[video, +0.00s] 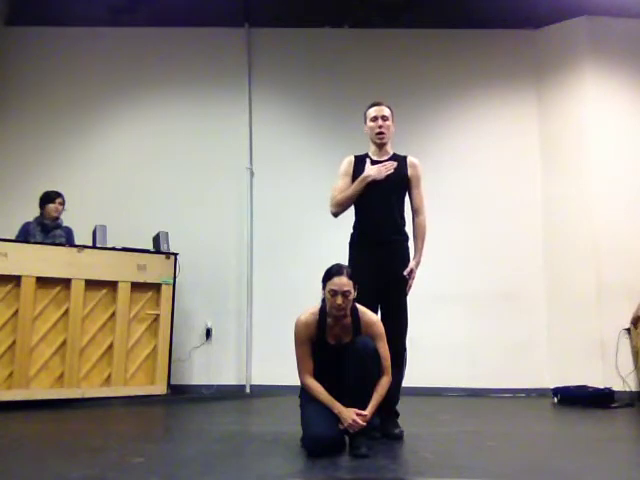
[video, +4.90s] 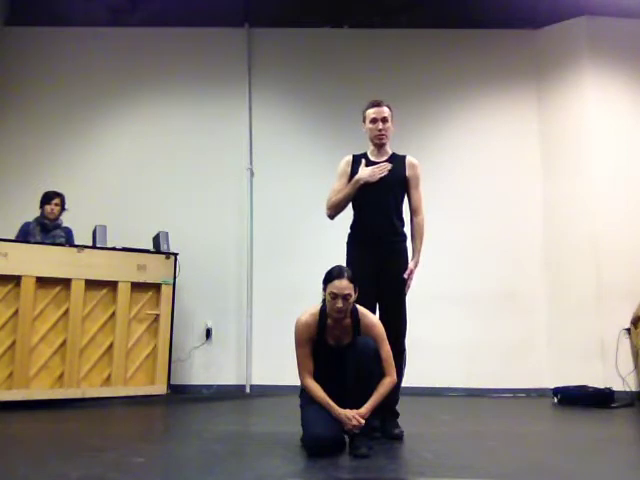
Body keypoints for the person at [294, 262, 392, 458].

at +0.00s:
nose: (339, 302)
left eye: (346, 295)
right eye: (333, 294)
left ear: (354, 294)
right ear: (323, 292)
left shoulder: (371, 323)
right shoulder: (306, 324)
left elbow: (386, 375)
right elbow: (306, 378)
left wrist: (366, 413)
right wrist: (341, 411)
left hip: (355, 392)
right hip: (320, 393)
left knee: (365, 347)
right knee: (321, 445)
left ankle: (359, 432)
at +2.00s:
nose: (340, 303)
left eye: (346, 296)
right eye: (334, 296)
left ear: (355, 295)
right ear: (324, 293)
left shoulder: (370, 323)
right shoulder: (307, 324)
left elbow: (393, 375)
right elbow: (306, 379)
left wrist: (368, 408)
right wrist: (338, 412)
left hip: (356, 394)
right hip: (321, 395)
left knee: (365, 347)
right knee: (321, 445)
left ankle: (360, 434)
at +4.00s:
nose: (339, 304)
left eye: (346, 297)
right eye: (333, 296)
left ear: (355, 295)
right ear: (324, 293)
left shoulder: (370, 323)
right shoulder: (306, 324)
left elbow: (391, 377)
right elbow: (306, 378)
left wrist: (362, 413)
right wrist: (338, 413)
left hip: (356, 392)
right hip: (321, 394)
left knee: (365, 346)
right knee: (321, 444)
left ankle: (360, 433)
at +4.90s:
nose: (339, 305)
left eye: (346, 298)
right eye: (333, 297)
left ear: (355, 295)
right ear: (324, 293)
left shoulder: (370, 323)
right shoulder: (307, 324)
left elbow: (391, 377)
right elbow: (306, 378)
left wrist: (363, 413)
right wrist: (338, 413)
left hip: (356, 392)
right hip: (321, 394)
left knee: (365, 347)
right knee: (321, 445)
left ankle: (360, 433)